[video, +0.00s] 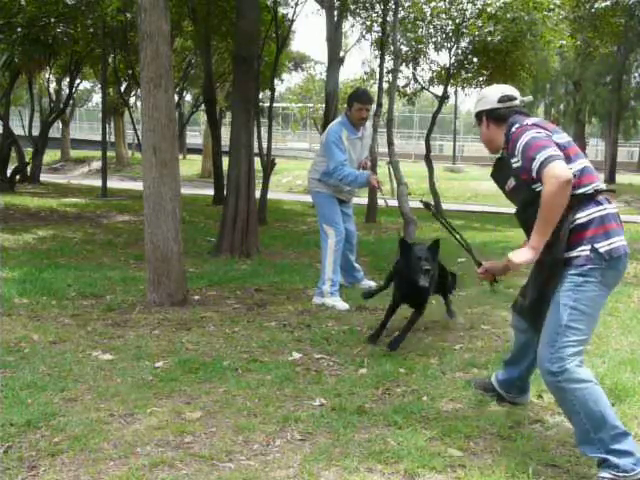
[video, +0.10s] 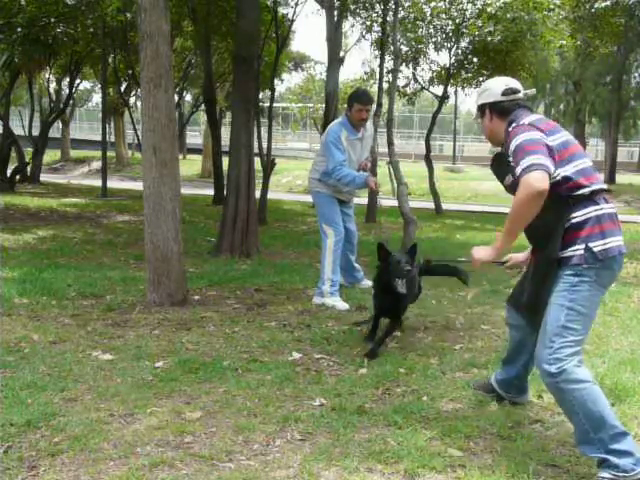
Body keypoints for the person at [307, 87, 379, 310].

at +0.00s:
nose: (364, 115)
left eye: (367, 110)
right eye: (360, 110)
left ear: (370, 110)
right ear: (349, 109)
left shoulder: (363, 130)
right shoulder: (335, 132)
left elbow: (358, 156)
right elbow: (337, 171)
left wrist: (364, 163)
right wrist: (366, 178)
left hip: (344, 189)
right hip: (324, 187)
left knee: (349, 233)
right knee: (335, 233)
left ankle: (352, 276)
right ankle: (327, 292)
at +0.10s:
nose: (364, 116)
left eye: (367, 111)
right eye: (359, 111)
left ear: (371, 110)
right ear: (349, 110)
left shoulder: (366, 130)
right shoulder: (335, 132)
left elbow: (363, 155)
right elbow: (336, 171)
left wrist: (365, 163)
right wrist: (364, 180)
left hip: (345, 190)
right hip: (324, 188)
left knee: (350, 233)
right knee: (335, 233)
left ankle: (351, 275)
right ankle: (327, 292)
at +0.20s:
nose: (364, 116)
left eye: (367, 111)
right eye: (359, 111)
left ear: (371, 111)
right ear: (348, 110)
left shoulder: (369, 130)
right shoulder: (334, 133)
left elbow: (368, 154)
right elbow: (334, 171)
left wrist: (367, 162)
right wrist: (360, 180)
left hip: (346, 190)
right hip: (324, 187)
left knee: (350, 233)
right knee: (334, 233)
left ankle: (350, 274)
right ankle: (327, 292)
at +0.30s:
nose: (364, 116)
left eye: (367, 112)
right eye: (359, 111)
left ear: (371, 111)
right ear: (348, 110)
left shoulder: (369, 129)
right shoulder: (334, 132)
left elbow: (370, 154)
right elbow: (331, 170)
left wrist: (366, 163)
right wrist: (353, 181)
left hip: (346, 191)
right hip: (324, 188)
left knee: (350, 233)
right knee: (334, 233)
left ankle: (350, 275)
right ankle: (327, 292)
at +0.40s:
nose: (362, 117)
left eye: (366, 112)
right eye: (358, 112)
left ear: (370, 112)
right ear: (347, 111)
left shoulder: (370, 130)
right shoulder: (333, 132)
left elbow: (372, 155)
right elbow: (328, 169)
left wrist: (366, 164)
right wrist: (350, 180)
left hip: (348, 192)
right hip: (325, 189)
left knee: (350, 234)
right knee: (334, 232)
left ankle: (349, 283)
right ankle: (328, 291)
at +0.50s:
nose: (362, 118)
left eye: (365, 114)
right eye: (357, 114)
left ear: (369, 113)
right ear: (346, 112)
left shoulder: (370, 130)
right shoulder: (332, 133)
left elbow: (372, 156)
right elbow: (327, 171)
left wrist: (366, 166)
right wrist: (347, 184)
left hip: (349, 191)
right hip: (326, 189)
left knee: (351, 234)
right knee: (336, 233)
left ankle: (348, 286)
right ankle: (328, 292)